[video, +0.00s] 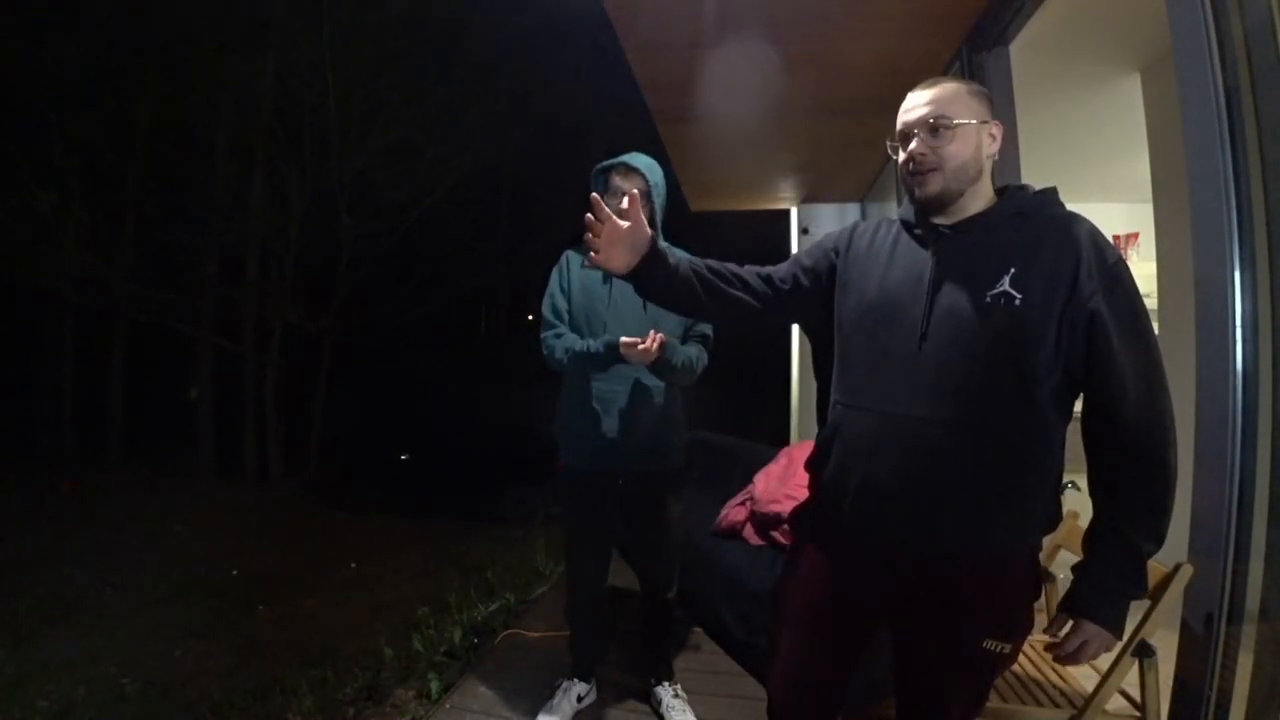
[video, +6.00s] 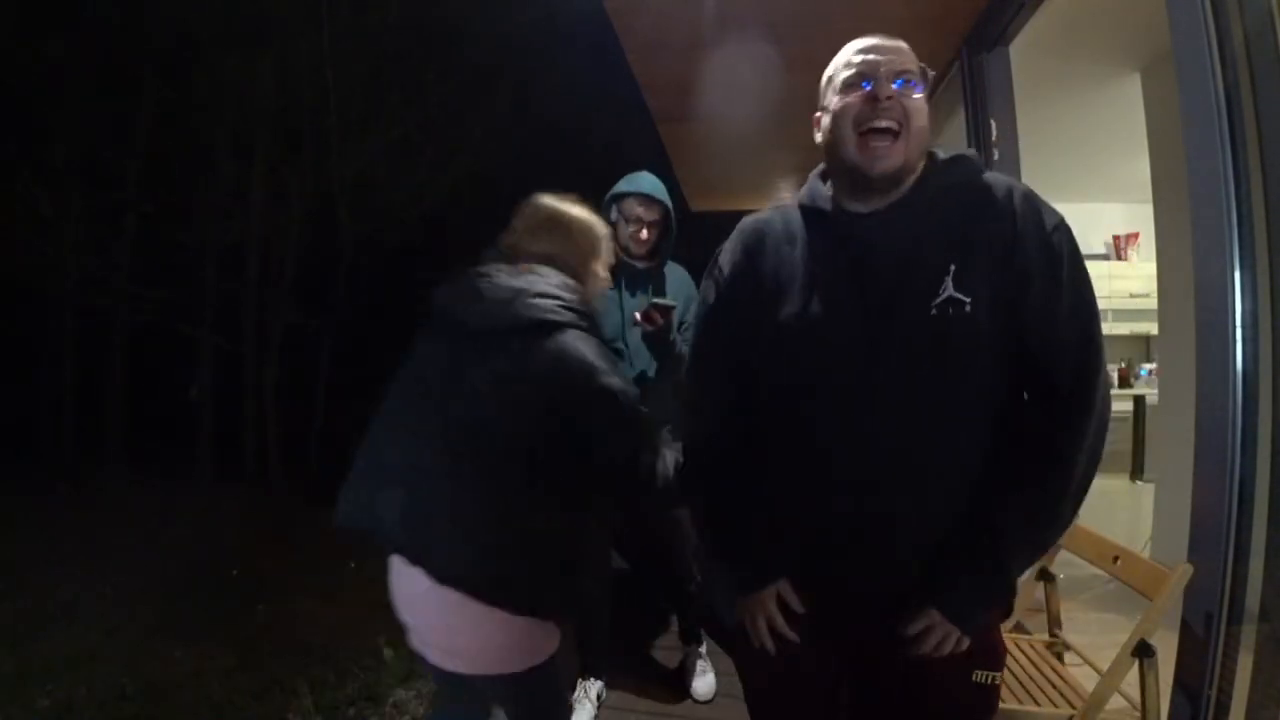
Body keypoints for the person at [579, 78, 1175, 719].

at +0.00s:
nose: (909, 150)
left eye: (933, 130)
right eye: (901, 140)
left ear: (993, 138)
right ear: (893, 156)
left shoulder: (1066, 247)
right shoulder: (857, 246)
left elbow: (1134, 427)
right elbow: (758, 292)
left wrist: (1106, 588)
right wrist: (650, 260)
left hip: (975, 559)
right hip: (841, 544)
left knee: (937, 709)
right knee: (799, 701)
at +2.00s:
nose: (891, 136)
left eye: (914, 121)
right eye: (878, 126)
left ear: (964, 135)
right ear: (864, 149)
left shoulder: (1028, 246)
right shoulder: (811, 240)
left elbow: (1098, 410)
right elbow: (706, 292)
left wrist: (1094, 556)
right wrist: (582, 256)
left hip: (968, 564)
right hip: (830, 557)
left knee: (924, 708)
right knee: (812, 707)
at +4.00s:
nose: (912, 132)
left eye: (930, 122)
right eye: (894, 126)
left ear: (957, 153)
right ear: (869, 158)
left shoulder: (1018, 255)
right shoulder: (821, 249)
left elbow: (1081, 419)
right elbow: (740, 344)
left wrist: (1063, 569)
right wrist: (673, 419)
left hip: (951, 542)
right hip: (821, 532)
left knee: (916, 703)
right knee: (813, 699)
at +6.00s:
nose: (884, 94)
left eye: (904, 81)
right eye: (859, 81)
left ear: (930, 117)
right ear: (820, 125)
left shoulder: (1013, 226)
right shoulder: (758, 249)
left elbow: (1071, 419)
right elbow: (703, 429)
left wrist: (975, 585)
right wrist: (741, 574)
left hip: (944, 615)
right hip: (793, 613)